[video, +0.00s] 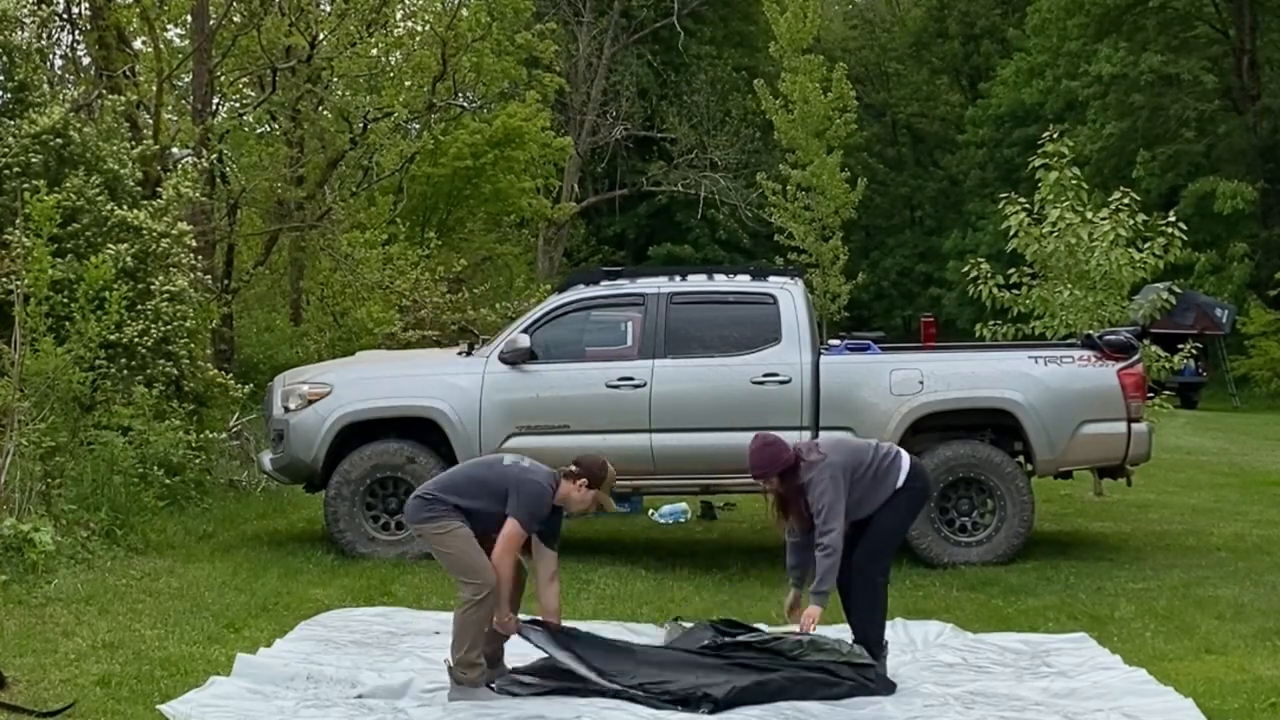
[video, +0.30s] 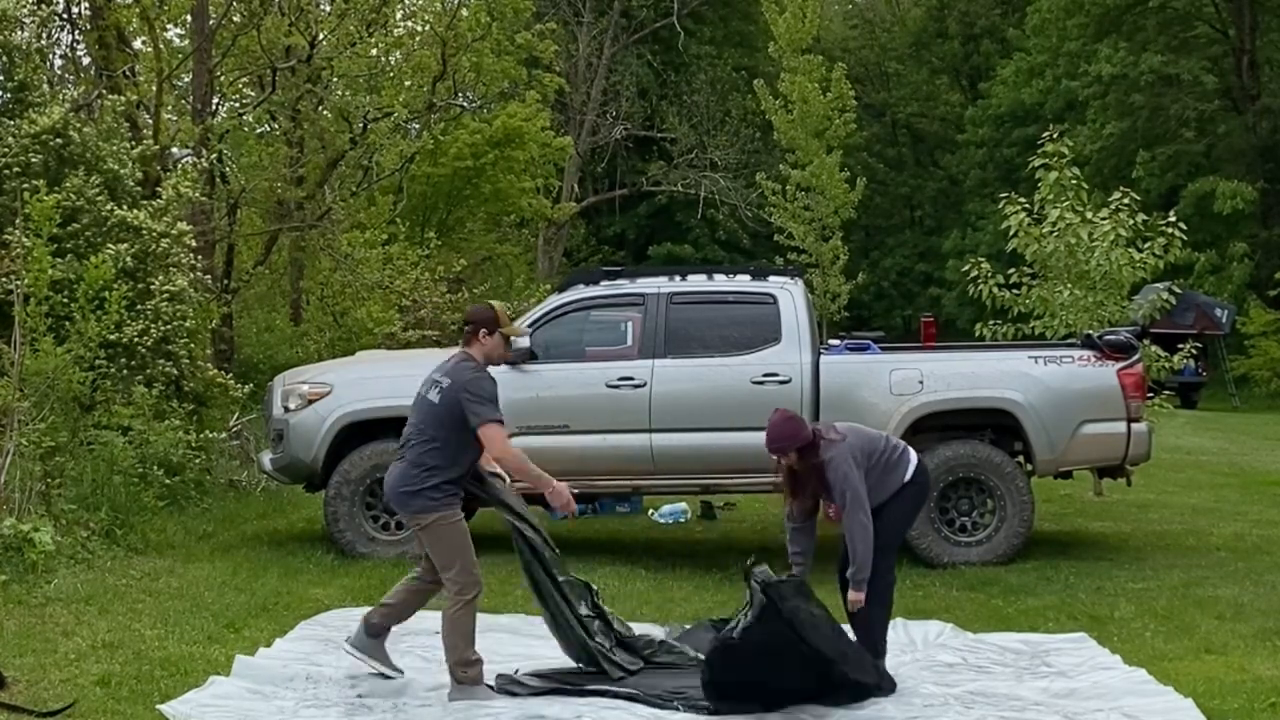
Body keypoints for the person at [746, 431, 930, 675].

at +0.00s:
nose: (765, 487)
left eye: (768, 480)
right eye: (761, 481)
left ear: (783, 470)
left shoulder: (824, 470)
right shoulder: (793, 475)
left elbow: (830, 539)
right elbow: (798, 532)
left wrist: (817, 603)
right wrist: (795, 587)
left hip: (905, 482)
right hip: (873, 488)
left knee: (867, 565)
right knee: (845, 567)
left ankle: (872, 660)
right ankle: (867, 650)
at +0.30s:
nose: (783, 460)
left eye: (786, 454)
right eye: (778, 455)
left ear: (802, 447)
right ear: (778, 452)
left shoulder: (837, 457)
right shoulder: (801, 462)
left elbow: (858, 518)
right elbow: (800, 517)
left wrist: (858, 583)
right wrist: (797, 574)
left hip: (906, 481)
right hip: (872, 491)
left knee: (876, 568)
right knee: (848, 574)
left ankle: (872, 662)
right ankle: (868, 657)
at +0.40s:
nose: (779, 437)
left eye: (782, 431)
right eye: (777, 432)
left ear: (796, 427)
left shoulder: (834, 441)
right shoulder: (798, 444)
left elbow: (854, 502)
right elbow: (799, 496)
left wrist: (861, 566)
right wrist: (800, 550)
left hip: (900, 481)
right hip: (866, 488)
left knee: (873, 572)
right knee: (849, 572)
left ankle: (873, 667)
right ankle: (869, 657)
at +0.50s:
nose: (766, 419)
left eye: (768, 412)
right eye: (763, 413)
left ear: (782, 410)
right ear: (784, 406)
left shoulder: (821, 425)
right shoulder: (791, 427)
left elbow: (842, 488)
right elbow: (792, 479)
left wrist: (842, 549)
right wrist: (784, 531)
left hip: (887, 477)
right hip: (851, 484)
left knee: (864, 562)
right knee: (827, 560)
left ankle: (871, 661)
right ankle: (838, 640)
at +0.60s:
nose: (743, 456)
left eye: (746, 449)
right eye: (740, 449)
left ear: (761, 446)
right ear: (748, 449)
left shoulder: (805, 454)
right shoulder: (765, 467)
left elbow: (852, 500)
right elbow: (756, 520)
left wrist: (828, 545)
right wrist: (733, 578)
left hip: (878, 485)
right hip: (839, 494)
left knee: (850, 566)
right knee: (808, 564)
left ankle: (867, 665)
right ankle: (824, 650)